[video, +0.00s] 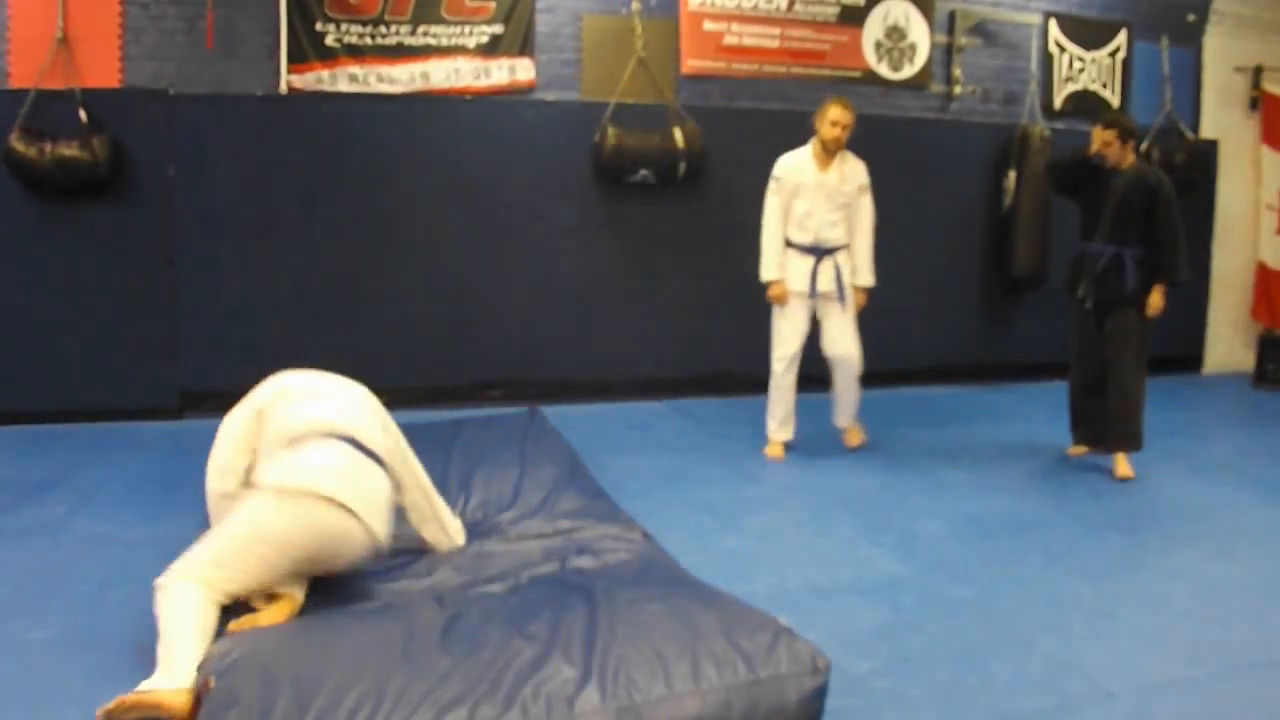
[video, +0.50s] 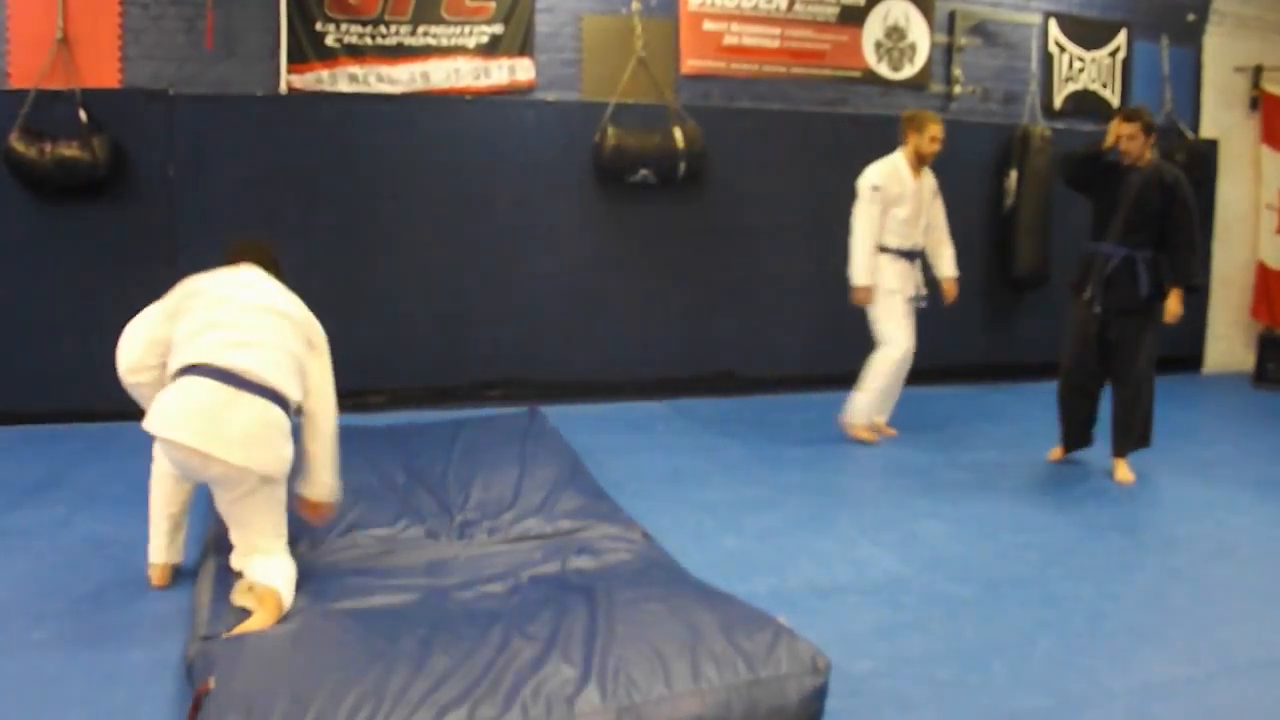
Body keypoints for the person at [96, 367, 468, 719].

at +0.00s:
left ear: (283, 381)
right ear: (343, 385)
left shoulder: (264, 396)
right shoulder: (369, 407)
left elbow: (223, 478)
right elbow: (414, 480)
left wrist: (234, 545)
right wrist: (451, 539)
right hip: (363, 525)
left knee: (187, 580)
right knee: (275, 544)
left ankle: (172, 679)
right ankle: (286, 595)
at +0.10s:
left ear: (279, 357)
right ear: (335, 363)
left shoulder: (259, 371)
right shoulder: (357, 388)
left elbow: (210, 427)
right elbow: (403, 469)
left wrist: (215, 479)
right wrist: (443, 529)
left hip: (248, 474)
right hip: (318, 494)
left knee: (163, 562)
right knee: (282, 563)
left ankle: (163, 655)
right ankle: (279, 596)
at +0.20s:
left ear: (285, 324)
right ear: (325, 336)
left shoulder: (254, 336)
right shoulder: (347, 371)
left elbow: (182, 389)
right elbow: (390, 453)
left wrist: (196, 455)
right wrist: (429, 520)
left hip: (226, 456)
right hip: (297, 485)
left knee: (138, 516)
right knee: (276, 559)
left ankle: (146, 606)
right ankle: (273, 596)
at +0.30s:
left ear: (266, 301)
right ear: (308, 319)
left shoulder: (238, 310)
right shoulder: (331, 354)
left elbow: (158, 363)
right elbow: (367, 442)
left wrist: (179, 433)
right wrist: (399, 518)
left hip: (201, 447)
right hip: (275, 475)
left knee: (147, 466)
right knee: (272, 556)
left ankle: (142, 579)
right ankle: (269, 595)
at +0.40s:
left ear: (243, 281)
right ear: (288, 294)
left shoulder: (215, 295)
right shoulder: (311, 334)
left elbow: (136, 355)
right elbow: (338, 431)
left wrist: (175, 405)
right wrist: (356, 511)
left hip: (187, 431)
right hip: (260, 454)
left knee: (164, 445)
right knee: (267, 551)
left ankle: (160, 564)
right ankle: (265, 601)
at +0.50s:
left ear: (230, 265)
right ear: (277, 274)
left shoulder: (195, 288)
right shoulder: (304, 319)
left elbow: (133, 355)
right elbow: (321, 412)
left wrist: (168, 409)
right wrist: (320, 487)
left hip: (184, 421)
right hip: (256, 439)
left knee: (171, 457)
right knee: (263, 545)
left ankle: (161, 563)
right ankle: (267, 601)